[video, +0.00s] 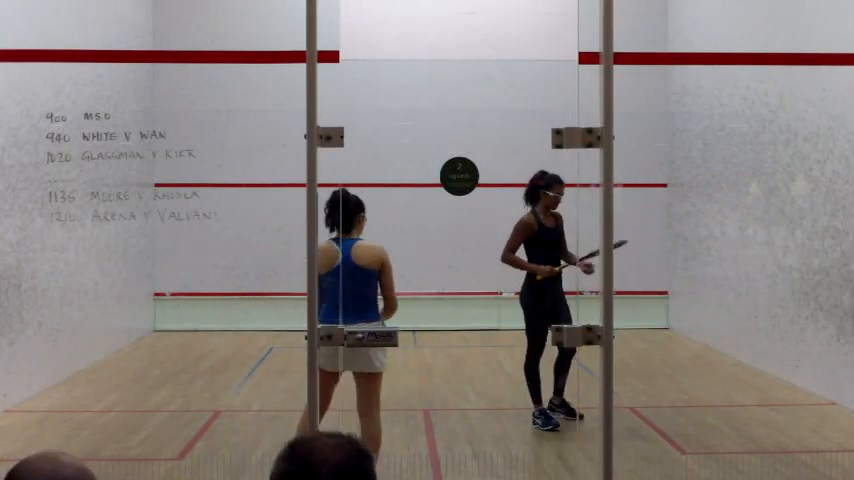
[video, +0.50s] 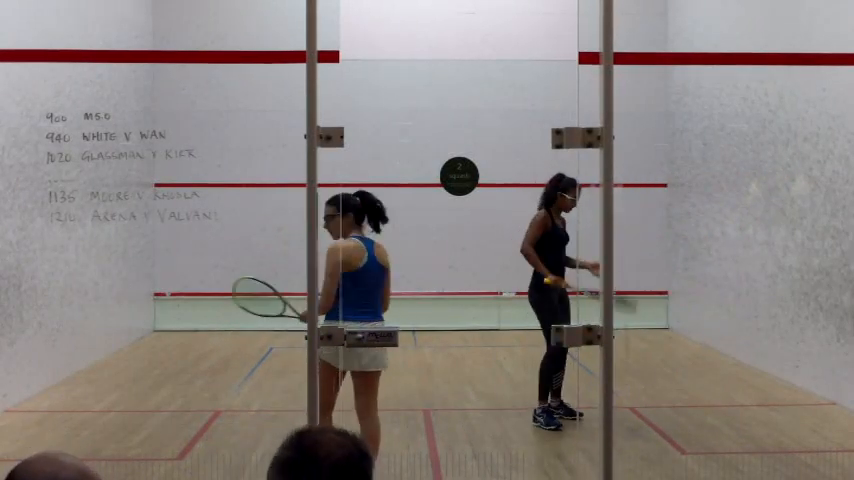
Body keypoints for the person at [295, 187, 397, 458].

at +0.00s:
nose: (365, 221)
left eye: (364, 217)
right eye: (364, 217)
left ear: (331, 219)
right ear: (360, 219)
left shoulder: (319, 254)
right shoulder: (376, 254)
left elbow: (314, 299)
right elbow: (391, 305)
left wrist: (321, 323)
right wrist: (374, 323)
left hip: (328, 341)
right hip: (366, 342)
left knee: (315, 408)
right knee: (369, 412)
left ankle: (295, 465)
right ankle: (367, 473)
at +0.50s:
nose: (325, 226)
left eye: (328, 218)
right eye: (325, 219)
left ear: (346, 218)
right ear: (355, 219)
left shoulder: (337, 250)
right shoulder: (380, 251)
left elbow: (326, 304)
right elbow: (383, 304)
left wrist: (309, 312)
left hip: (337, 336)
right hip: (371, 336)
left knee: (323, 409)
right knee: (368, 411)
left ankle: (323, 472)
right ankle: (366, 472)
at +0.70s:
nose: (323, 224)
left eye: (328, 218)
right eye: (321, 218)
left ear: (347, 217)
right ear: (346, 219)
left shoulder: (344, 250)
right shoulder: (360, 249)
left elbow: (336, 303)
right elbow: (352, 301)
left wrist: (302, 312)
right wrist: (316, 317)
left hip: (339, 338)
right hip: (362, 337)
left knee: (326, 411)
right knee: (360, 409)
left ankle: (321, 475)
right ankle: (368, 474)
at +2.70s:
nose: (330, 226)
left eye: (330, 219)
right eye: (329, 220)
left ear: (342, 217)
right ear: (359, 217)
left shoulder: (341, 249)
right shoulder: (377, 250)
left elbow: (325, 299)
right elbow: (361, 295)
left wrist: (303, 293)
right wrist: (309, 293)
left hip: (339, 333)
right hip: (370, 332)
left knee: (328, 403)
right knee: (368, 400)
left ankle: (327, 468)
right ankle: (367, 467)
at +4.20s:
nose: (322, 220)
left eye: (328, 214)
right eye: (319, 215)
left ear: (344, 216)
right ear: (317, 216)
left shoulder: (348, 248)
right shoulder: (335, 248)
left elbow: (339, 299)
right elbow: (329, 296)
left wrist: (301, 299)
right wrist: (306, 309)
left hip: (338, 328)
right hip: (336, 327)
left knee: (325, 402)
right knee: (348, 399)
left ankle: (324, 460)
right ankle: (364, 455)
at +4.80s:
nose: (303, 239)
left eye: (303, 233)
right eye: (304, 233)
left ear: (307, 235)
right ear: (328, 230)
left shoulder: (321, 261)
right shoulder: (349, 256)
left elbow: (325, 314)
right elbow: (351, 308)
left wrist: (298, 326)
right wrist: (311, 324)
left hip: (358, 337)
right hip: (379, 333)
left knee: (321, 400)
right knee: (366, 396)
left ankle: (325, 463)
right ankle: (385, 460)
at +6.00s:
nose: (331, 246)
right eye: (329, 243)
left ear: (299, 250)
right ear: (326, 244)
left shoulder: (303, 273)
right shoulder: (349, 264)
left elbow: (308, 319)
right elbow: (350, 308)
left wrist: (307, 341)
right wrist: (314, 337)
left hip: (344, 335)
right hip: (378, 330)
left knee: (312, 404)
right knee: (371, 396)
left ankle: (324, 463)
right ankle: (382, 461)